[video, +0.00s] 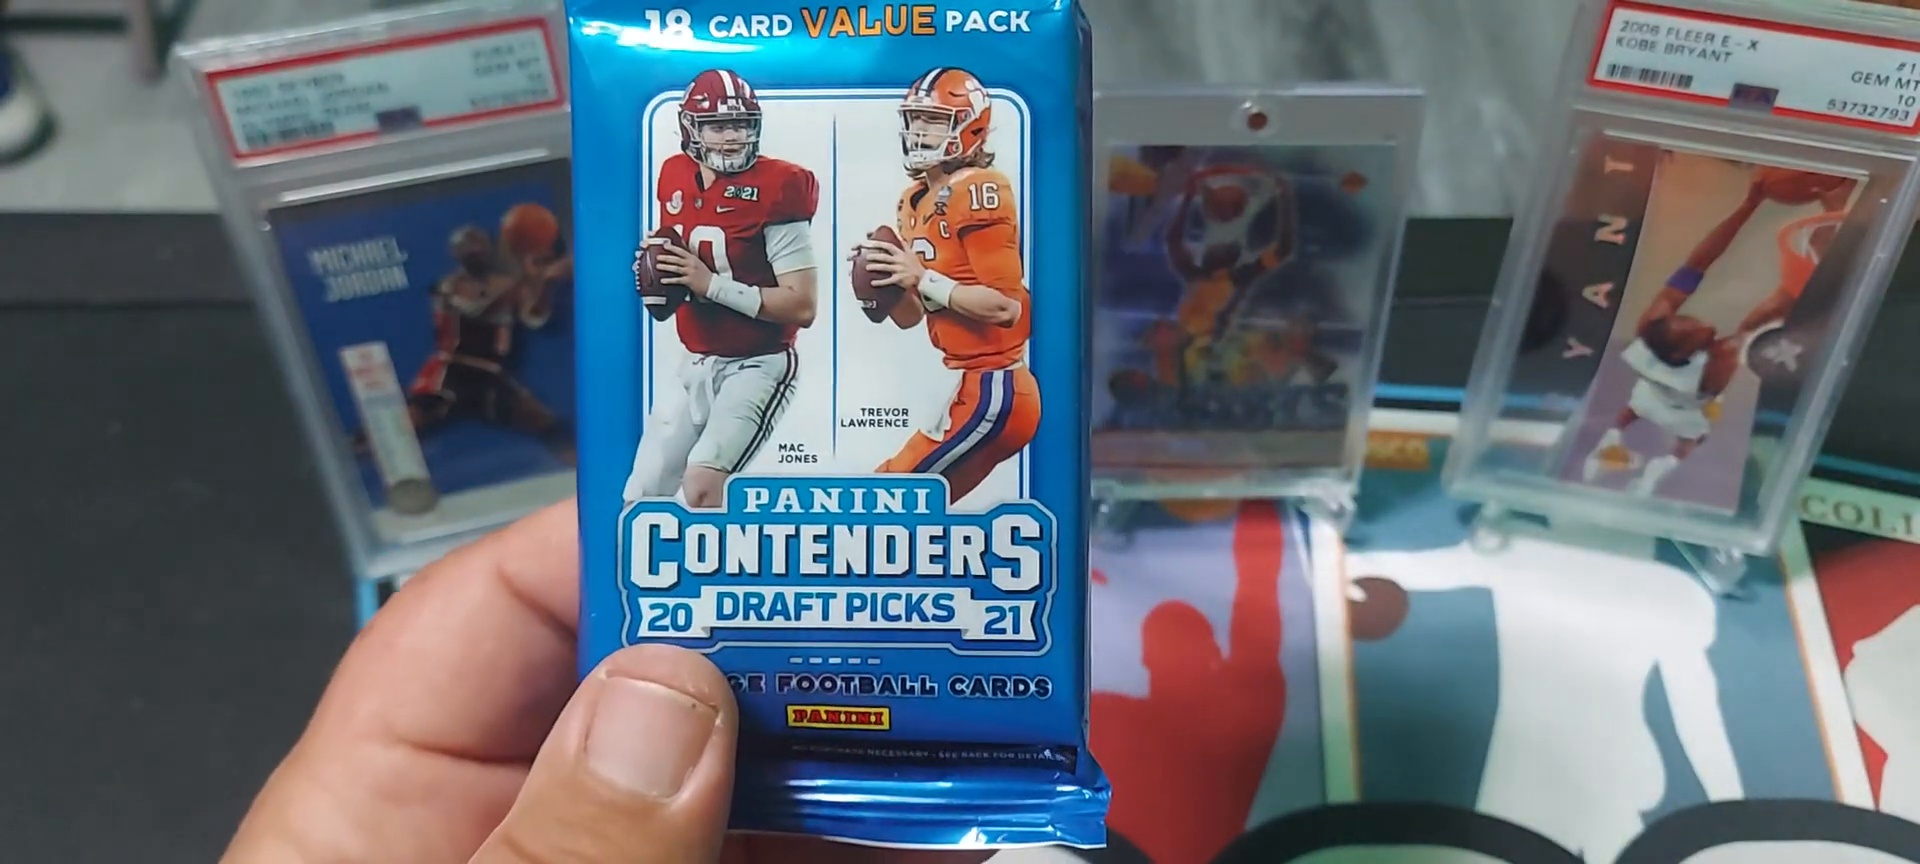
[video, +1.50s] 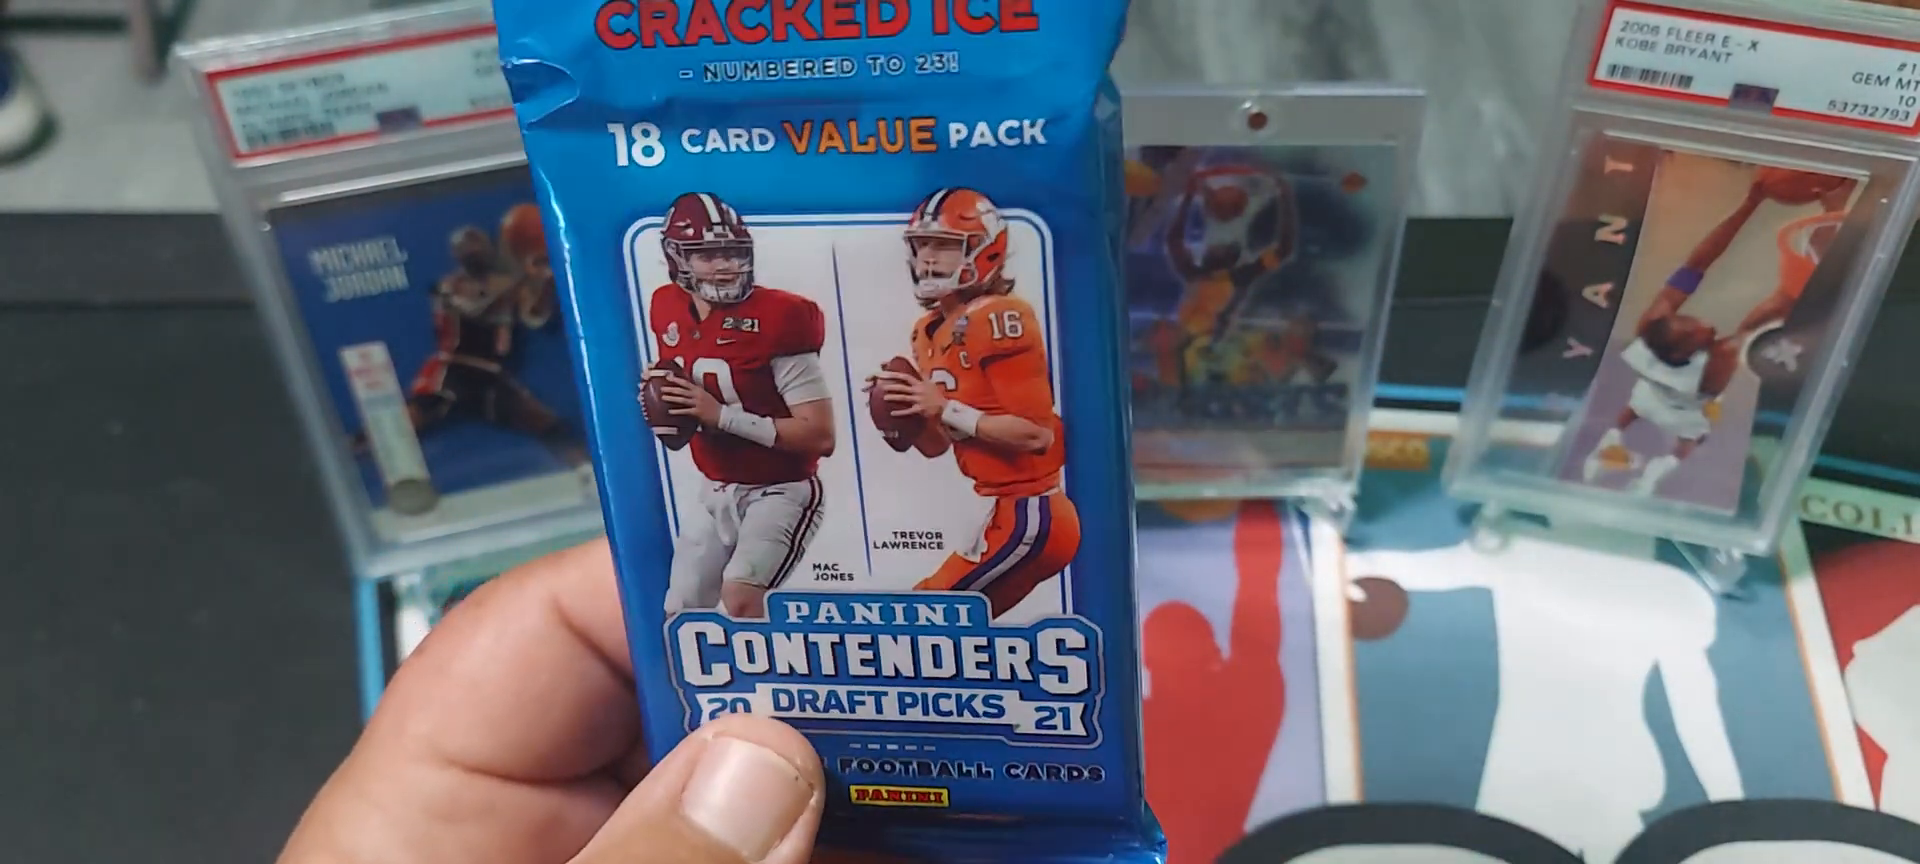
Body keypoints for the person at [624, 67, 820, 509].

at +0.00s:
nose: (732, 136)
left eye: (741, 124)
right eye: (718, 126)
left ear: (754, 127)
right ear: (692, 130)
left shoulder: (780, 186)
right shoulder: (674, 175)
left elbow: (803, 307)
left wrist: (711, 284)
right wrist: (654, 269)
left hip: (761, 364)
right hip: (695, 364)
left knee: (701, 488)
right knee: (641, 495)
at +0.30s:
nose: (755, 147)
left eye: (765, 135)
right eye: (741, 136)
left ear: (779, 138)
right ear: (715, 141)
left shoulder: (803, 196)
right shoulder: (699, 186)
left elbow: (825, 315)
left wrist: (734, 294)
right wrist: (679, 275)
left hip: (784, 374)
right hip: (719, 375)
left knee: (724, 498)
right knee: (664, 505)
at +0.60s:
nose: (714, 214)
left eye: (723, 201)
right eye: (699, 204)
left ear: (738, 204)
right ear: (670, 211)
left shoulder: (774, 266)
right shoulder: (658, 259)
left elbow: (811, 386)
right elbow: (667, 390)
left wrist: (709, 366)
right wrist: (647, 357)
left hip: (774, 445)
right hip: (707, 448)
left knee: (729, 559)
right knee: (670, 578)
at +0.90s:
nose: (742, 170)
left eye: (751, 158)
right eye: (729, 159)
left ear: (766, 159)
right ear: (702, 162)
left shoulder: (797, 218)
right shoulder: (688, 210)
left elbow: (826, 340)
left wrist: (731, 321)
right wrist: (670, 306)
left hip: (787, 401)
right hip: (719, 403)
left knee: (736, 525)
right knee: (675, 539)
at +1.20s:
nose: (763, 203)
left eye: (773, 191)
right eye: (750, 191)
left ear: (788, 192)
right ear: (723, 194)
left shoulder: (819, 254)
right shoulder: (707, 242)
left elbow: (845, 378)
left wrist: (748, 355)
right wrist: (688, 339)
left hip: (804, 439)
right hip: (735, 438)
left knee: (749, 557)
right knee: (689, 569)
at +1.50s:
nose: (723, 264)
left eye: (731, 252)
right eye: (708, 254)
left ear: (746, 254)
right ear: (679, 261)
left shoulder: (783, 316)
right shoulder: (667, 307)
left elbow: (820, 436)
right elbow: (676, 439)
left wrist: (719, 415)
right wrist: (657, 400)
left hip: (783, 491)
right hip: (714, 491)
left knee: (740, 596)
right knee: (681, 614)